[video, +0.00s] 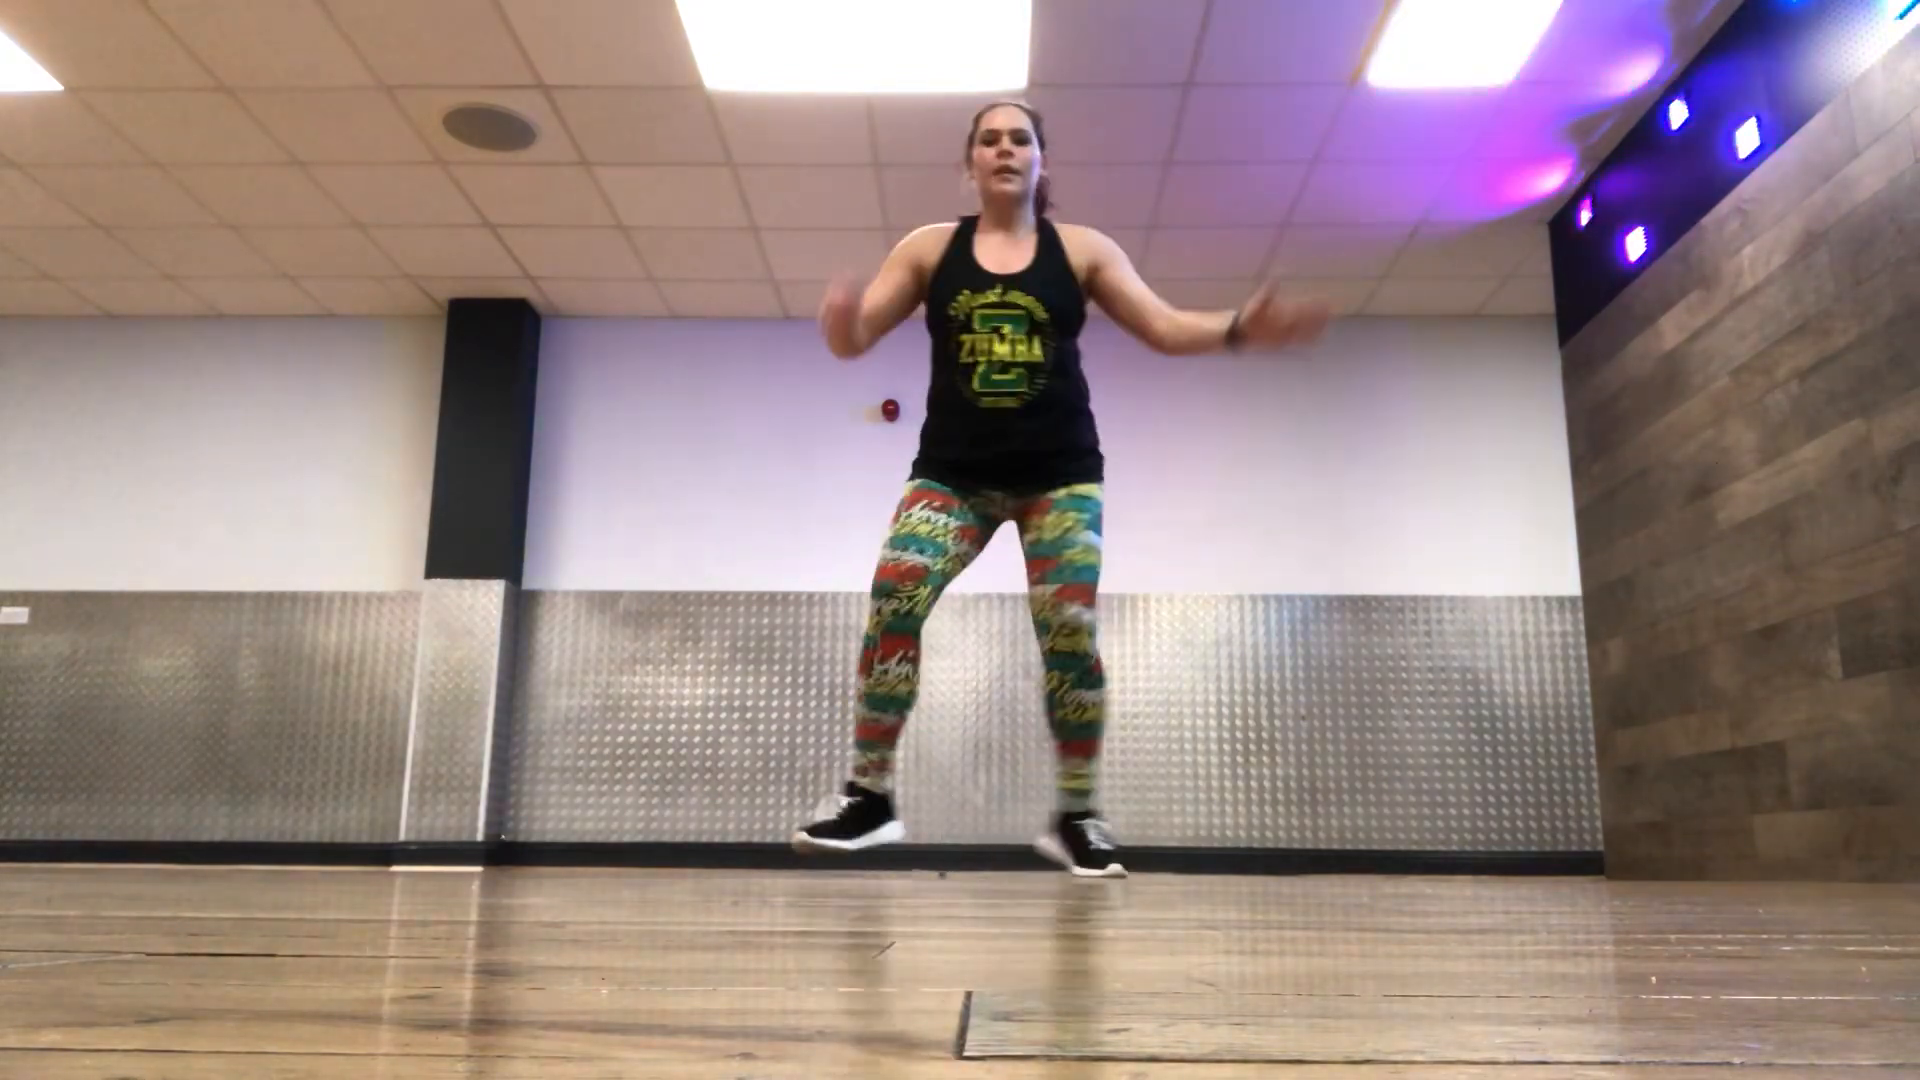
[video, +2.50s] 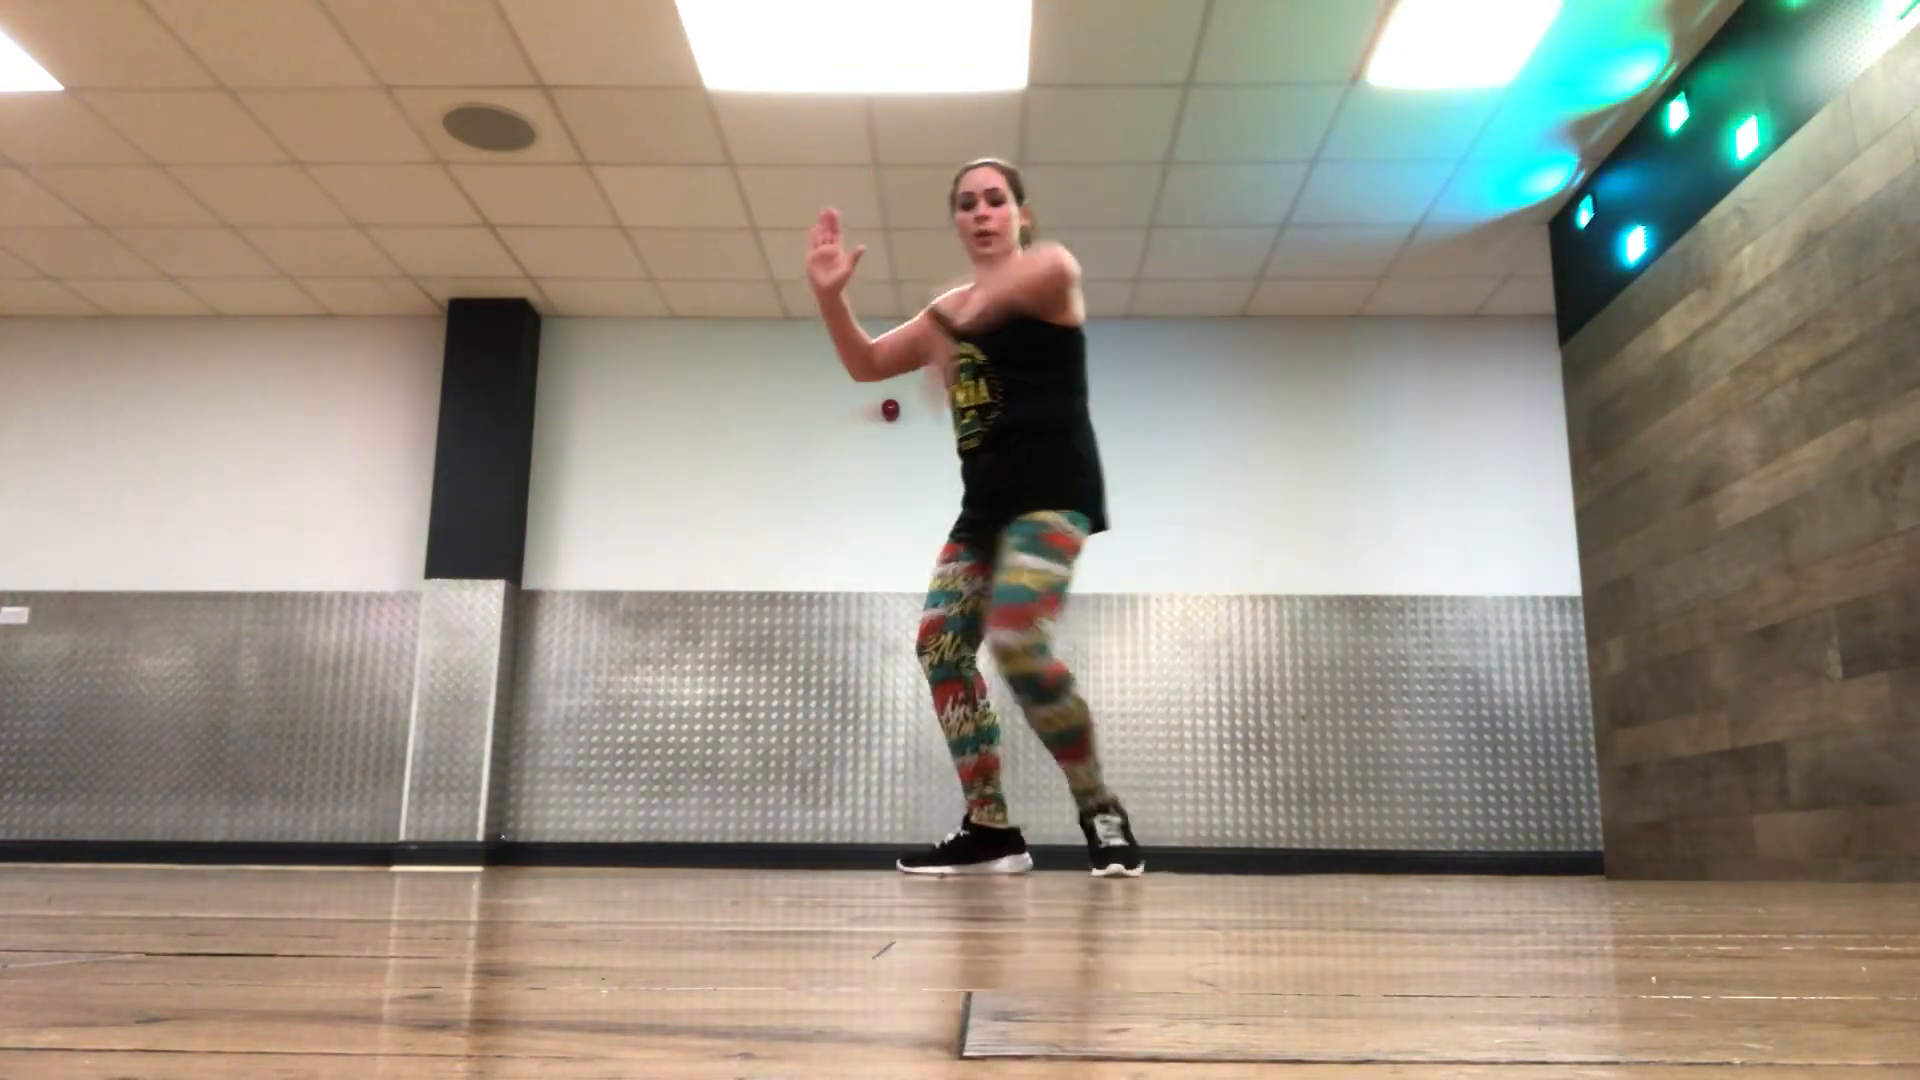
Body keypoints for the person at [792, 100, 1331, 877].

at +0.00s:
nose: (1005, 148)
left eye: (1019, 138)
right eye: (991, 139)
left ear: (1041, 162)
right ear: (969, 162)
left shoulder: (1081, 249)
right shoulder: (930, 247)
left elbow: (1166, 327)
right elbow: (852, 340)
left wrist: (1239, 326)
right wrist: (841, 314)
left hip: (1059, 472)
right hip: (956, 470)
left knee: (1068, 625)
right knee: (894, 595)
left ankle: (1078, 815)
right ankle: (868, 797)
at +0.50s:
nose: (905, 167)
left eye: (919, 156)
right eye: (890, 156)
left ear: (941, 175)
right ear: (868, 176)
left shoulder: (968, 248)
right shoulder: (843, 270)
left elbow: (951, 332)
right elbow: (821, 374)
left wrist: (831, 342)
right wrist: (825, 462)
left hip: (960, 458)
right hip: (878, 474)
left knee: (904, 568)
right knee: (855, 624)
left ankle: (965, 763)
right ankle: (909, 821)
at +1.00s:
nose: (907, 165)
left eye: (921, 154)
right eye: (892, 154)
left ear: (943, 175)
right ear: (869, 175)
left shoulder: (981, 261)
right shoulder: (831, 262)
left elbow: (1028, 350)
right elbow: (788, 364)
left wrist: (973, 357)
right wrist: (797, 448)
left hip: (957, 481)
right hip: (860, 484)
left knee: (915, 609)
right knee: (853, 634)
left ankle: (856, 791)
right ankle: (897, 826)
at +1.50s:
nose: (1040, 178)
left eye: (1053, 168)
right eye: (1025, 168)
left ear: (1074, 188)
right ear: (1000, 187)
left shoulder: (1099, 281)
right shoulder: (970, 263)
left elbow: (1126, 391)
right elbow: (958, 370)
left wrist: (1108, 452)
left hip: (1067, 490)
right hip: (975, 478)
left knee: (1103, 635)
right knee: (981, 596)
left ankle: (1051, 824)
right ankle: (925, 797)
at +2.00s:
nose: (1071, 181)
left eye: (1084, 170)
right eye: (1056, 172)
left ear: (1106, 189)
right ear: (1034, 193)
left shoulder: (1148, 277)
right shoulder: (997, 273)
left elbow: (1183, 388)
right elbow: (947, 368)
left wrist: (1141, 467)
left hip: (1119, 491)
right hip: (1023, 490)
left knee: (1120, 655)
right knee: (1052, 615)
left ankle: (1104, 816)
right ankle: (1108, 804)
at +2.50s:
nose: (981, 211)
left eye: (995, 199)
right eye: (968, 204)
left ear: (1022, 214)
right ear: (954, 223)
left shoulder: (1050, 266)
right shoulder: (949, 307)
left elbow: (1000, 295)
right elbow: (867, 362)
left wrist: (954, 316)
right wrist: (830, 296)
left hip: (1053, 494)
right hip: (985, 505)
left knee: (1016, 640)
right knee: (943, 646)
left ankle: (1099, 812)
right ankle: (990, 829)